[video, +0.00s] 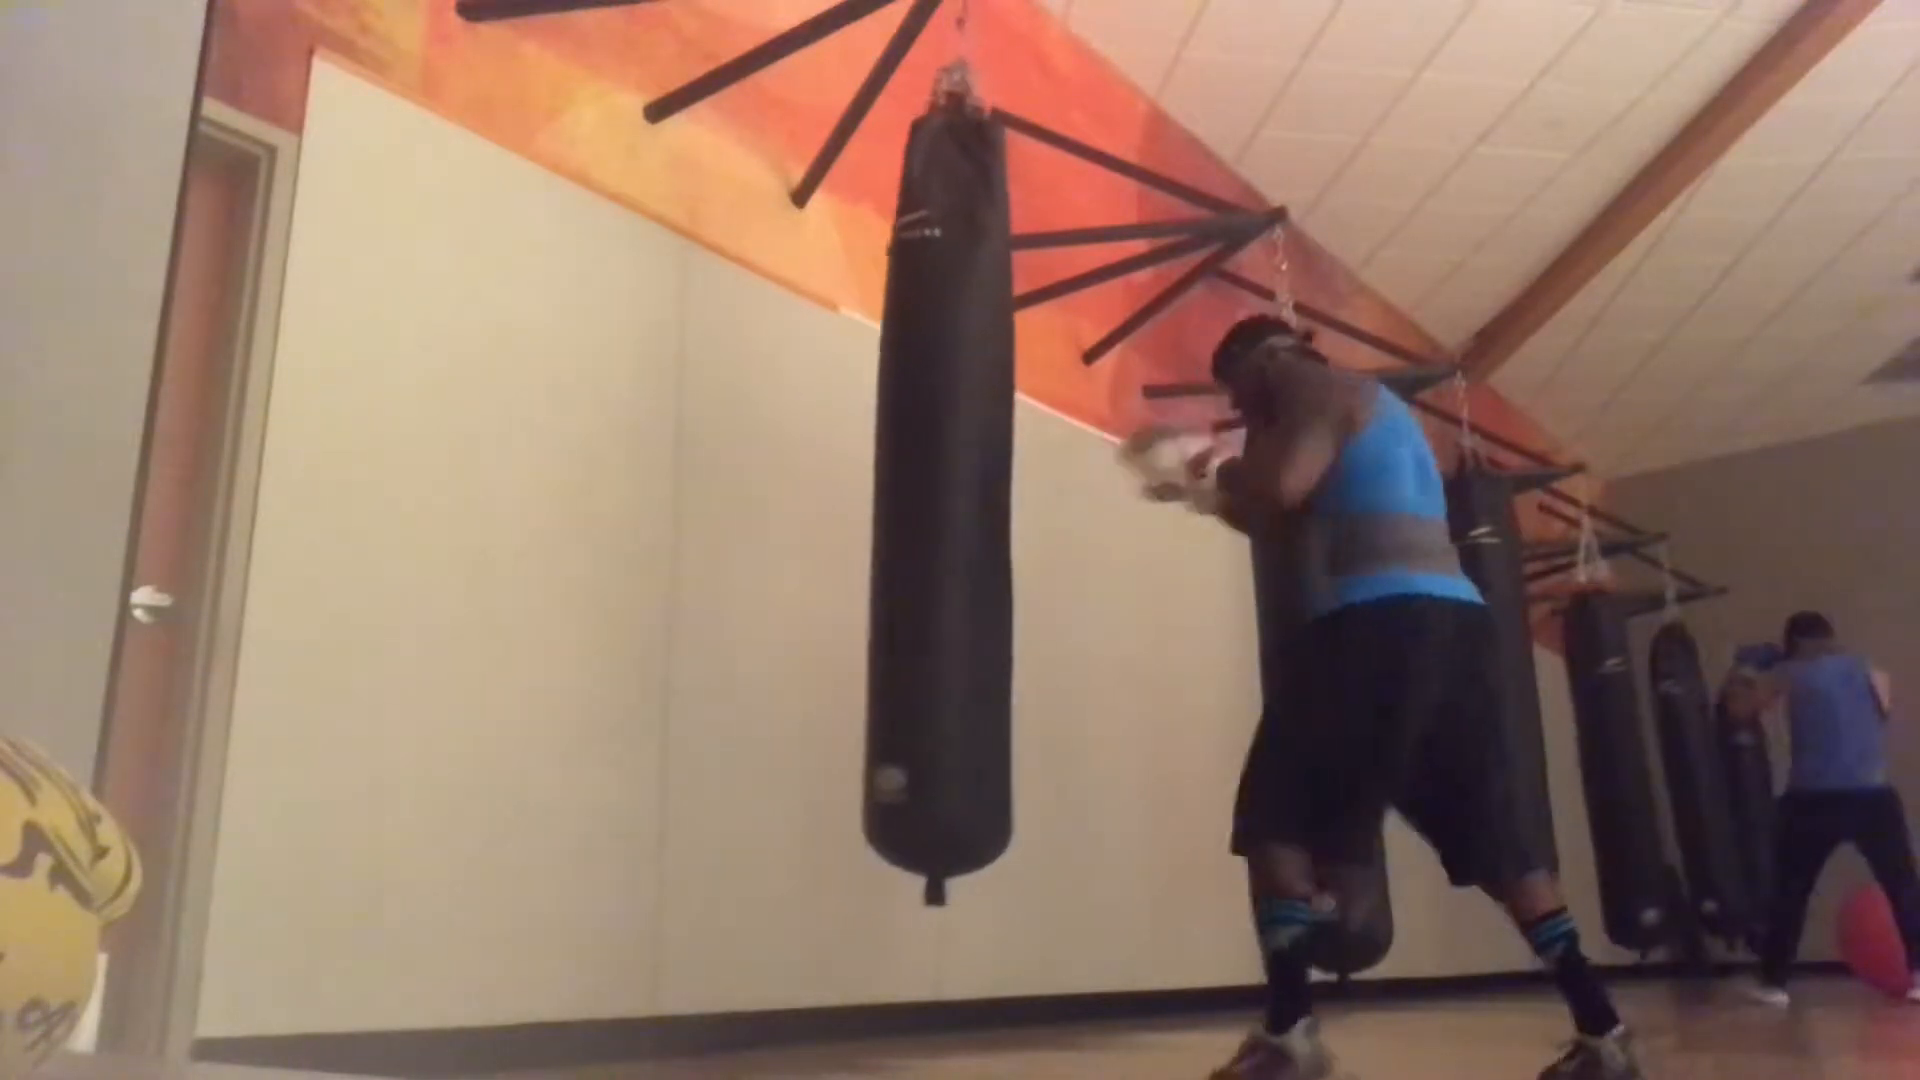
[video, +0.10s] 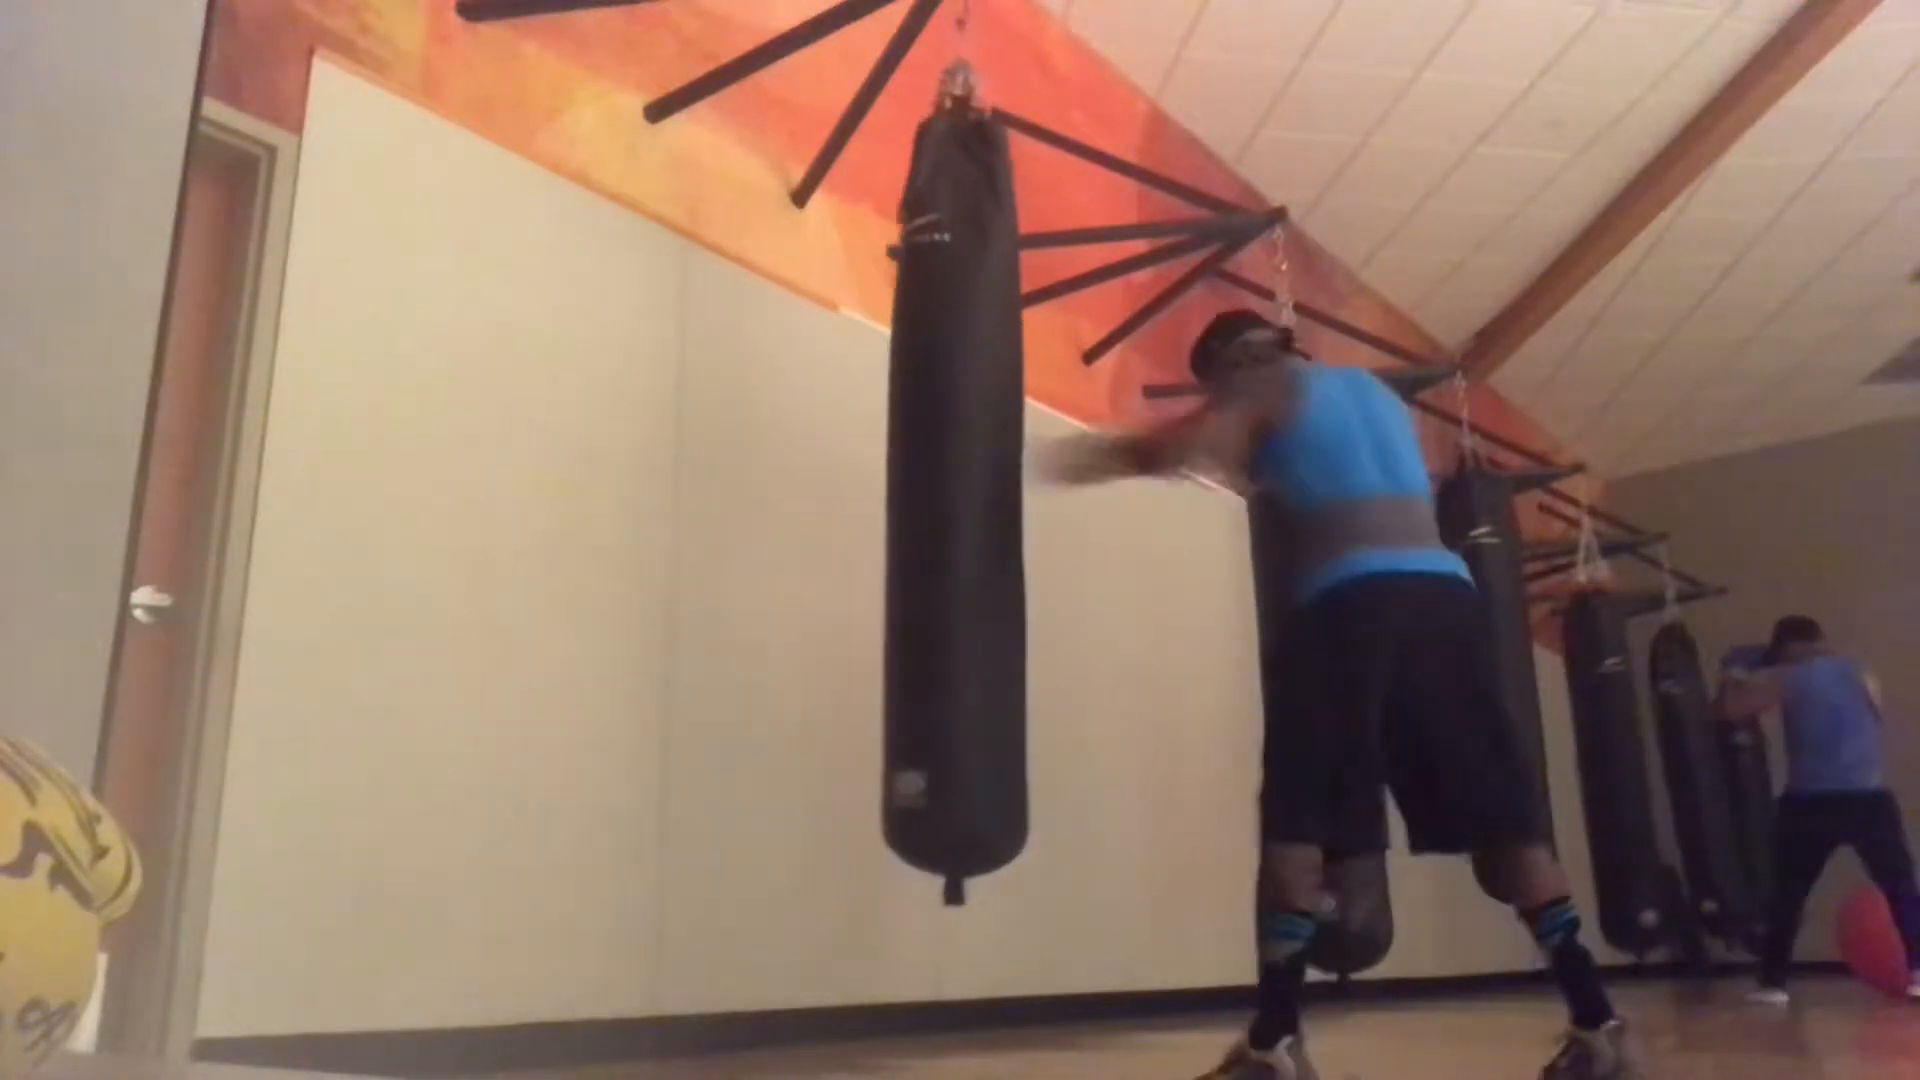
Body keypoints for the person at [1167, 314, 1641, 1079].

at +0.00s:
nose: (1244, 410)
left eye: (1242, 392)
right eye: (1237, 399)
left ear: (1265, 362)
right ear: (1294, 347)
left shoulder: (1306, 380)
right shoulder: (1381, 406)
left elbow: (1281, 482)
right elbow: (1285, 521)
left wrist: (1226, 472)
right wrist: (1209, 494)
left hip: (1372, 626)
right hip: (1454, 623)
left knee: (1273, 815)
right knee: (1486, 827)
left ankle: (1288, 1026)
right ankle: (1601, 1025)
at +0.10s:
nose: (1219, 395)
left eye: (1216, 382)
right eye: (1215, 384)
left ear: (1232, 364)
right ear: (1284, 344)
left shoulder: (1258, 383)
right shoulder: (1375, 390)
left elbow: (1179, 446)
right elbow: (1410, 478)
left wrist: (1098, 456)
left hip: (1344, 618)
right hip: (1447, 610)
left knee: (1295, 822)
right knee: (1500, 814)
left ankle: (1275, 1034)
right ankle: (1598, 1019)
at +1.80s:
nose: (1195, 272)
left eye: (1195, 257)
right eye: (1197, 258)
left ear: (1210, 240)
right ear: (1279, 218)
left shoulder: (1205, 264)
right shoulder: (1376, 259)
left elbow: (1078, 338)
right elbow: (1428, 360)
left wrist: (999, 368)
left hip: (1263, 542)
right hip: (1394, 534)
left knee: (1217, 799)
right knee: (1485, 790)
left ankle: (1179, 1046)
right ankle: (1574, 1049)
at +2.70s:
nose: (1152, 276)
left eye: (1156, 265)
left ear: (1177, 259)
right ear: (1266, 254)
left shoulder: (1152, 291)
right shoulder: (1321, 299)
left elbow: (1055, 437)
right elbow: (1319, 431)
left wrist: (1059, 438)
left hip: (1166, 582)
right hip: (1299, 585)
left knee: (1122, 794)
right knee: (1394, 815)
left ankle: (1098, 1011)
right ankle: (1447, 1051)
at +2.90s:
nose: (1251, 303)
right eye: (1240, 295)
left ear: (1122, 321)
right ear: (1199, 301)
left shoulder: (1086, 368)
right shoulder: (1250, 329)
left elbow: (1012, 458)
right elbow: (1287, 482)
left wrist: (988, 524)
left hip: (1097, 604)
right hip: (1221, 598)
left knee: (1069, 825)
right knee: (1381, 806)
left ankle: (996, 1043)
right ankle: (1389, 1024)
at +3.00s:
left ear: (1098, 325)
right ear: (1177, 309)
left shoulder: (1063, 372)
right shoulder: (1242, 327)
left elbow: (994, 513)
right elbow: (1253, 488)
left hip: (1075, 595)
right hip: (1196, 592)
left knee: (1061, 816)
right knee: (1315, 813)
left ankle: (994, 1042)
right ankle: (1282, 1041)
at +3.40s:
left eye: (1002, 296)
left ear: (1005, 292)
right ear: (1067, 293)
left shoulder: (978, 332)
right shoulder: (1132, 340)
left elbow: (933, 471)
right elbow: (1173, 466)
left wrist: (995, 474)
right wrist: (1094, 472)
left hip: (1001, 585)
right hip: (1114, 586)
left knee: (973, 818)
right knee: (1164, 810)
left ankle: (954, 1047)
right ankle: (1302, 961)